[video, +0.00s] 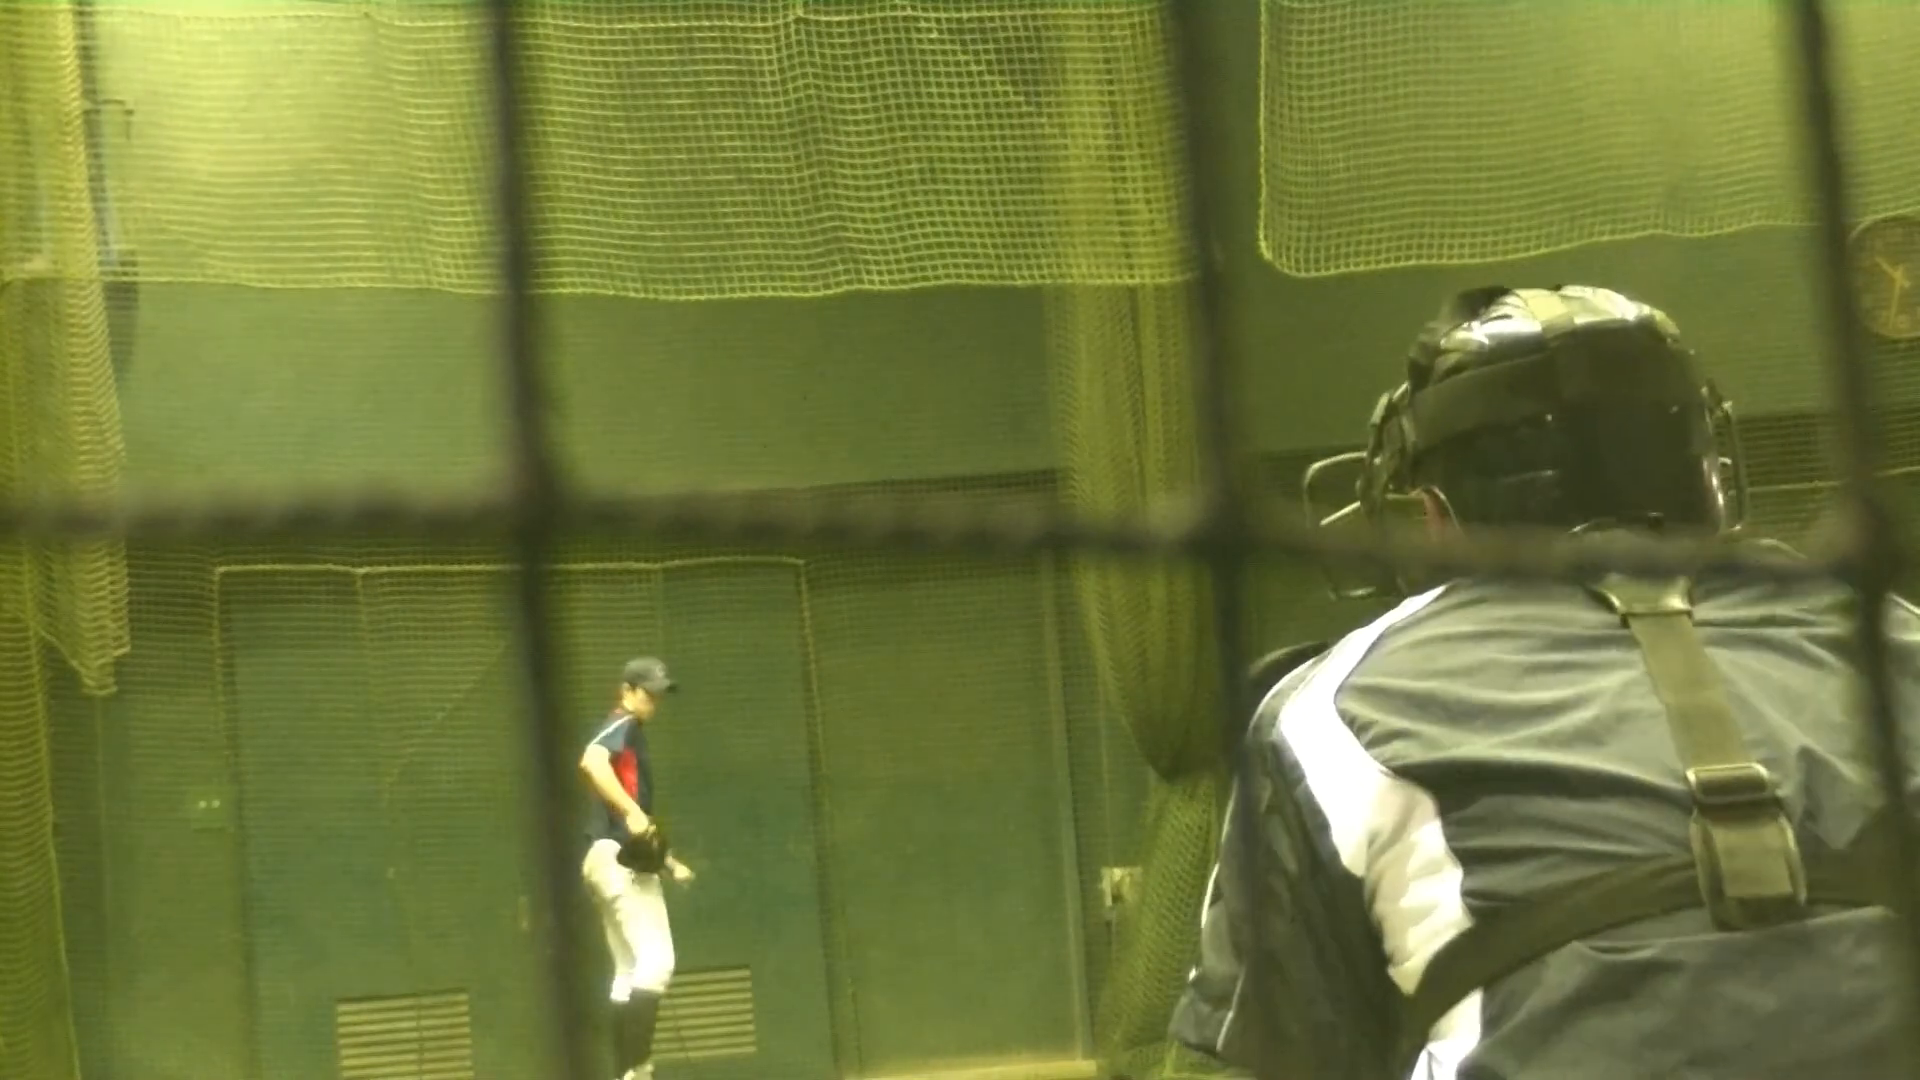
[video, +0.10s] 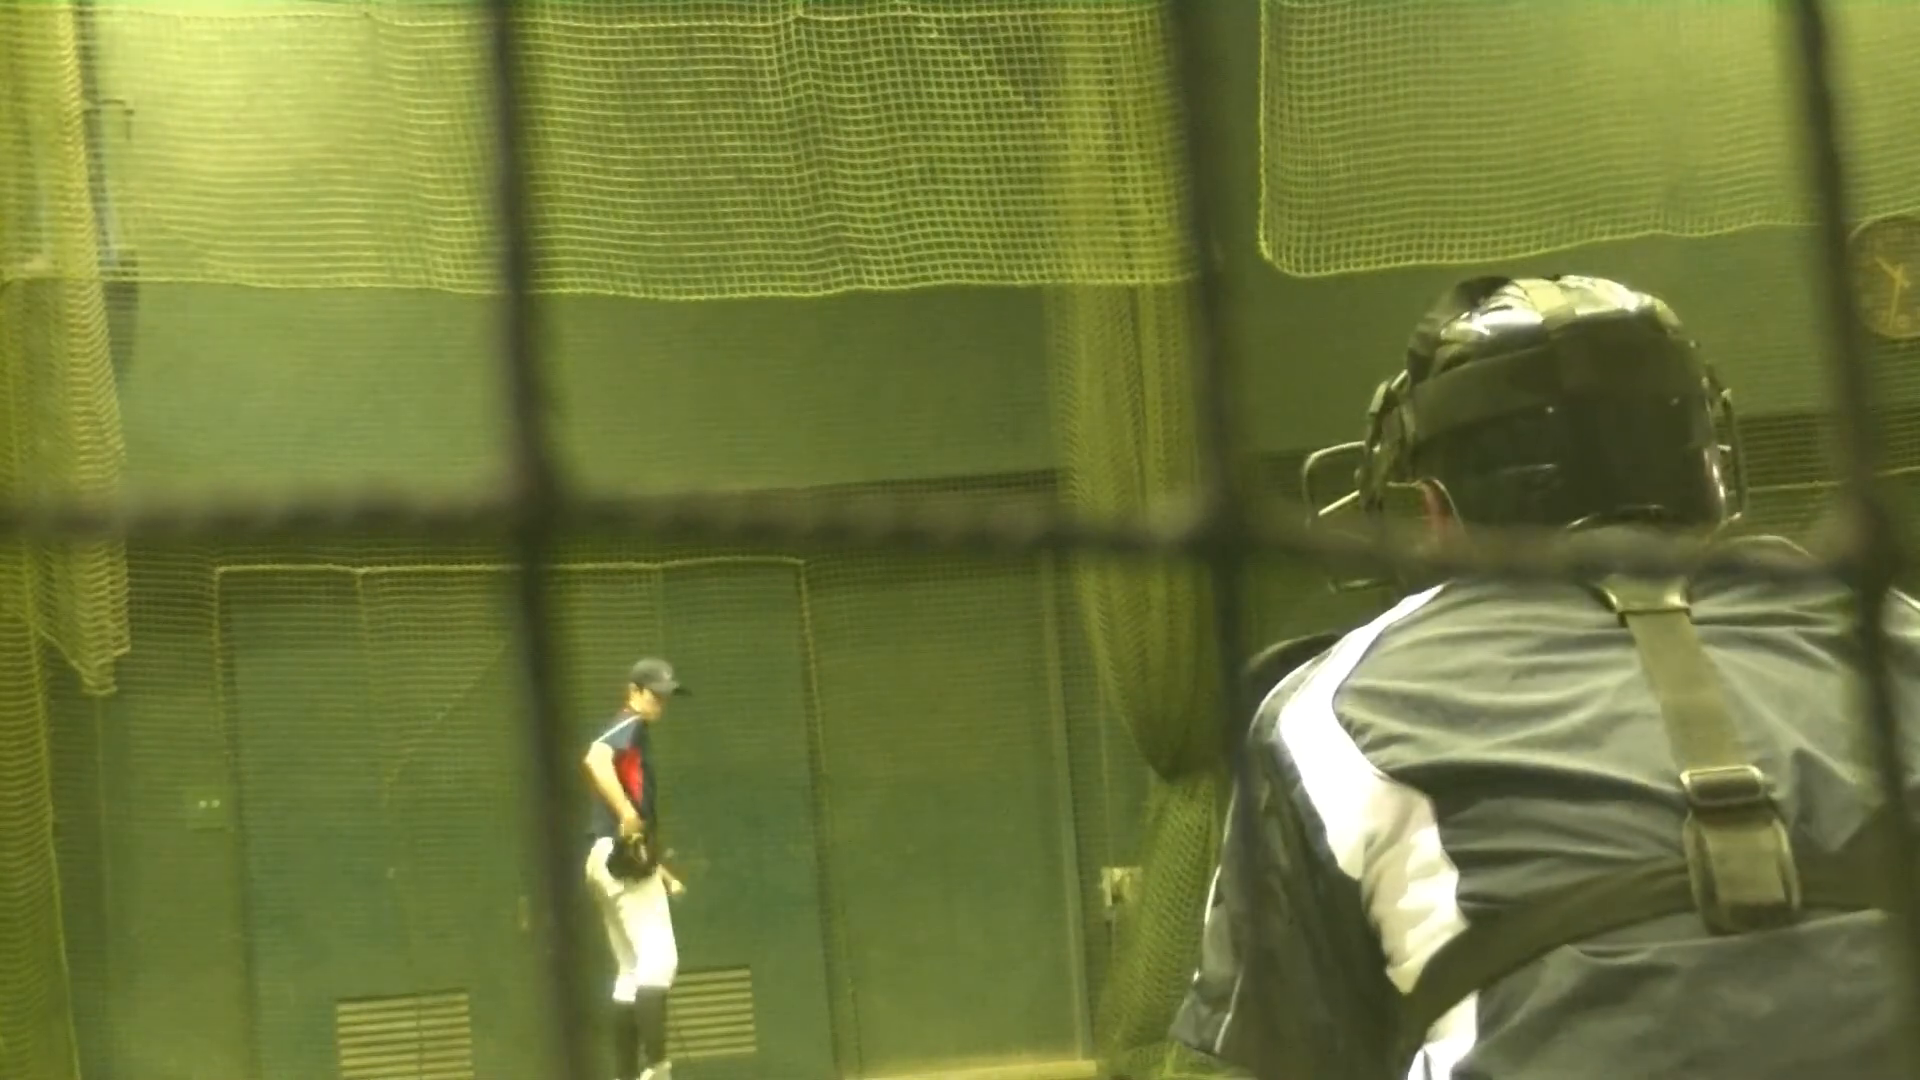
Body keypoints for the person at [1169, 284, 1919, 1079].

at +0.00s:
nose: (1392, 540)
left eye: (1396, 517)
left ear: (1434, 526)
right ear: (1709, 492)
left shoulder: (1322, 713)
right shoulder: (1886, 625)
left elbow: (1272, 1052)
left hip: (1573, 1024)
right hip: (1886, 1011)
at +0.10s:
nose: (1396, 538)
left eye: (1398, 515)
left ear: (1436, 523)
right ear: (1712, 486)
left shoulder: (1316, 713)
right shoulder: (1887, 622)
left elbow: (1273, 1051)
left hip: (1562, 1025)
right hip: (1884, 1008)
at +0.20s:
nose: (1389, 540)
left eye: (1393, 516)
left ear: (1437, 527)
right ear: (1716, 487)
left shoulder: (1319, 722)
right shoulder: (1891, 625)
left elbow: (1281, 1055)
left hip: (1567, 1021)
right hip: (1888, 1009)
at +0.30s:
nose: (1400, 540)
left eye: (1403, 517)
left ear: (1441, 527)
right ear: (1718, 489)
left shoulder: (1324, 722)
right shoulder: (1892, 626)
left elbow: (1280, 1053)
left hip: (1572, 1021)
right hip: (1888, 1007)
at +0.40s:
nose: (1400, 543)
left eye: (1403, 519)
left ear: (1440, 530)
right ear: (1718, 487)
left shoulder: (1331, 723)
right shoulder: (1891, 619)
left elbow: (1284, 1053)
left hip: (1572, 1020)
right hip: (1887, 1007)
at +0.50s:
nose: (1404, 544)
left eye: (1406, 520)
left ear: (1442, 533)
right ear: (1719, 490)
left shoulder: (1335, 722)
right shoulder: (1894, 621)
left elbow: (1284, 1052)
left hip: (1575, 1024)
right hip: (1890, 1009)